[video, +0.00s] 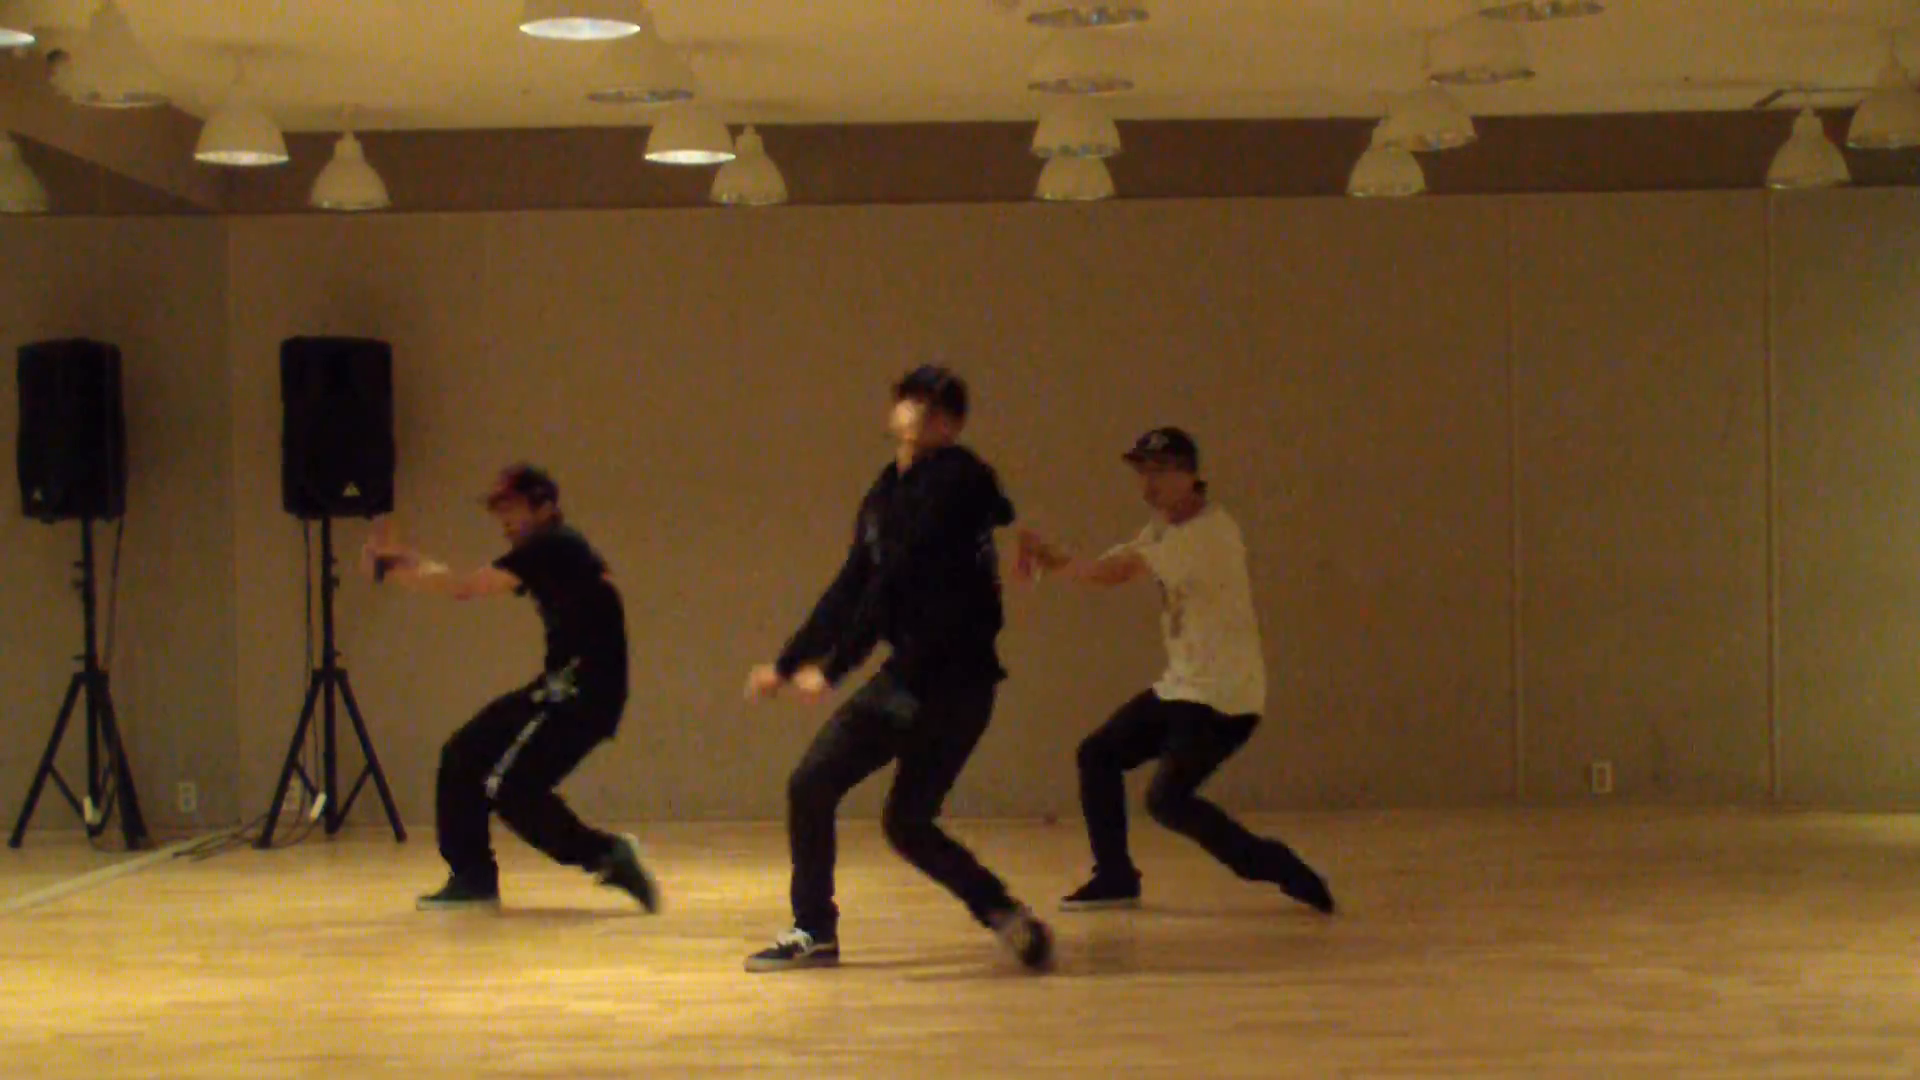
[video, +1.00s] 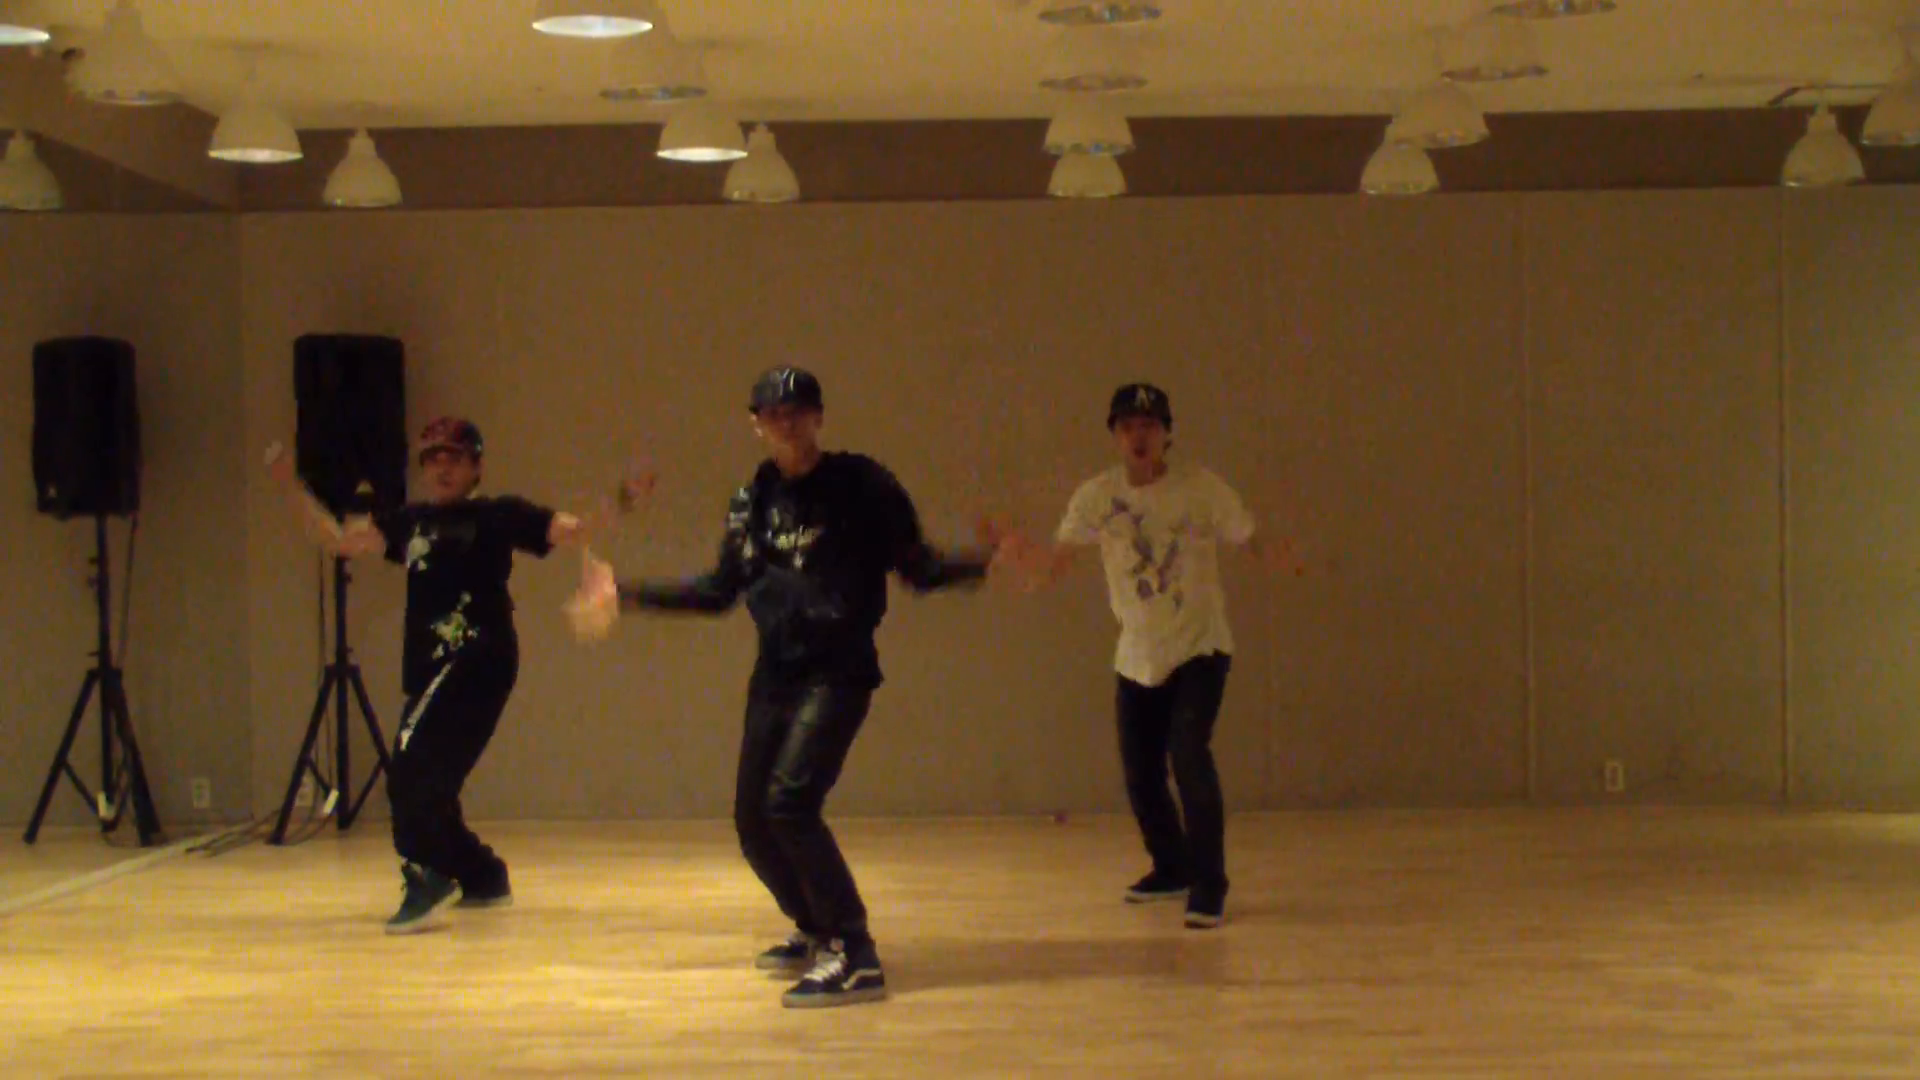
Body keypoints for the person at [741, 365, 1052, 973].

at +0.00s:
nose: (916, 419)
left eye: (933, 410)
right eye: (909, 404)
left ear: (954, 424)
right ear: (892, 413)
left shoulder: (957, 481)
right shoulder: (888, 490)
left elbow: (898, 586)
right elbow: (854, 580)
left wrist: (832, 665)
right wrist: (789, 659)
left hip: (958, 682)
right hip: (905, 674)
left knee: (908, 823)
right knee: (810, 784)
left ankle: (1008, 919)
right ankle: (813, 931)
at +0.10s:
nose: (846, 465)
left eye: (860, 453)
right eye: (838, 451)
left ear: (885, 462)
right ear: (826, 460)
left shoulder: (916, 530)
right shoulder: (842, 541)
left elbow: (900, 644)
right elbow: (834, 637)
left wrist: (855, 732)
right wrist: (800, 721)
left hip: (932, 704)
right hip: (873, 690)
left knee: (855, 828)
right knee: (783, 790)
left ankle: (960, 914)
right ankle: (814, 933)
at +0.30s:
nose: (781, 505)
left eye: (790, 493)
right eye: (768, 496)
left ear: (811, 493)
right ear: (755, 503)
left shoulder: (866, 548)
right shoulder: (787, 570)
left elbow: (912, 638)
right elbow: (808, 654)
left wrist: (914, 737)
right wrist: (830, 710)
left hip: (883, 720)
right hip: (825, 708)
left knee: (796, 819)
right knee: (755, 807)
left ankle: (868, 862)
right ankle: (813, 932)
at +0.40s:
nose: (786, 480)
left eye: (795, 466)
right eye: (773, 470)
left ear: (814, 464)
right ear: (757, 477)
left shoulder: (865, 523)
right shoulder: (777, 549)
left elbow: (918, 609)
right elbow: (784, 644)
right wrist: (783, 712)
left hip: (871, 703)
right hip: (806, 705)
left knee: (769, 780)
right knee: (745, 817)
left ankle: (845, 840)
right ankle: (813, 930)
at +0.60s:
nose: (809, 447)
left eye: (816, 434)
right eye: (796, 438)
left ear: (837, 428)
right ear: (779, 439)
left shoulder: (875, 471)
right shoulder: (766, 479)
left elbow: (909, 405)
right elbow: (699, 432)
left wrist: (920, 320)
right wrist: (645, 357)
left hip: (849, 673)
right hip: (790, 671)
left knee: (786, 797)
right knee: (746, 814)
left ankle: (846, 953)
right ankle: (815, 933)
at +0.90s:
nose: (804, 423)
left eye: (813, 410)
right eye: (790, 413)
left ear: (830, 413)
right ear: (768, 420)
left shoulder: (870, 472)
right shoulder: (751, 487)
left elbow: (967, 474)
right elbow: (672, 507)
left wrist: (995, 400)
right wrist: (625, 442)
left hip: (839, 671)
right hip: (775, 670)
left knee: (788, 804)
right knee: (752, 815)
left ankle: (853, 955)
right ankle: (814, 933)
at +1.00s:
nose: (786, 428)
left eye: (796, 415)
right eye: (774, 418)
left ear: (817, 417)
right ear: (758, 426)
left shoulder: (862, 483)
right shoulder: (754, 497)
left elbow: (919, 569)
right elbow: (718, 593)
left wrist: (986, 565)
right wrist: (627, 592)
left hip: (840, 672)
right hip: (777, 673)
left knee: (789, 806)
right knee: (753, 816)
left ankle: (853, 952)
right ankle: (815, 934)